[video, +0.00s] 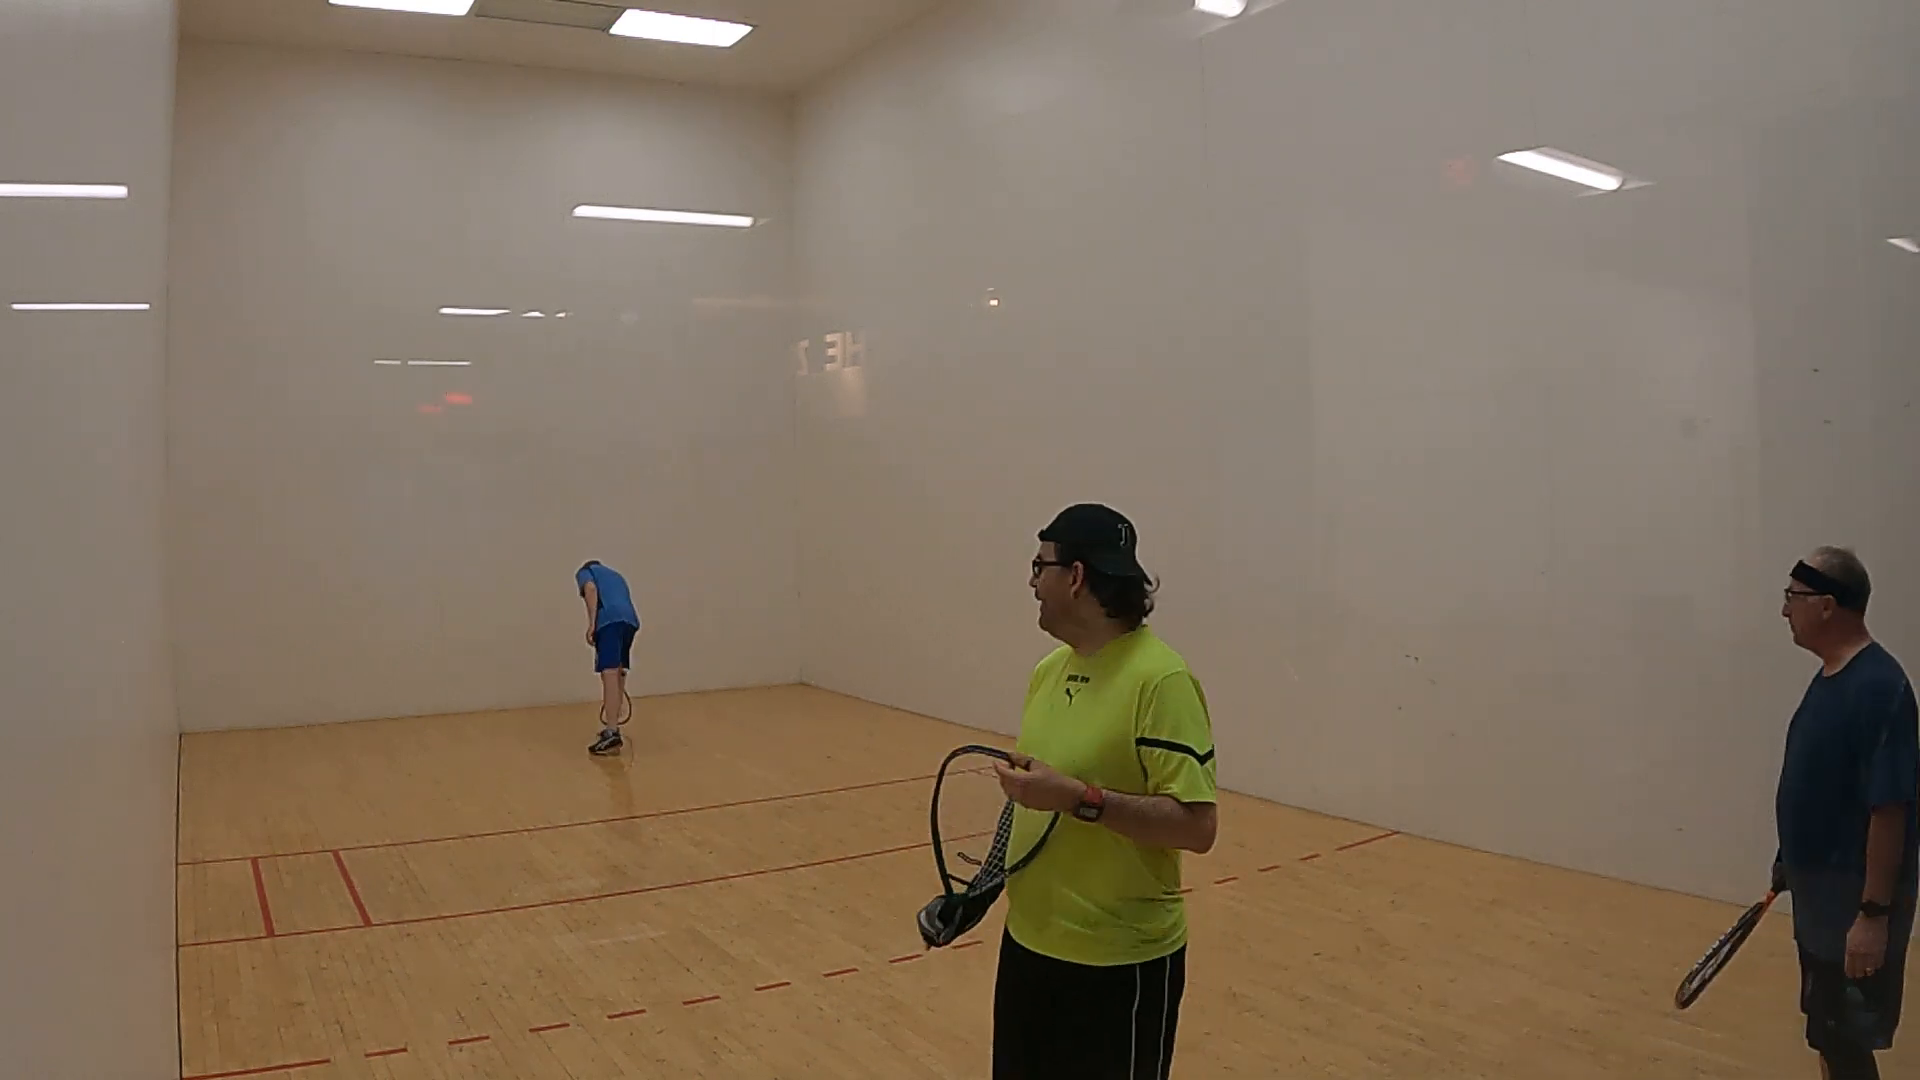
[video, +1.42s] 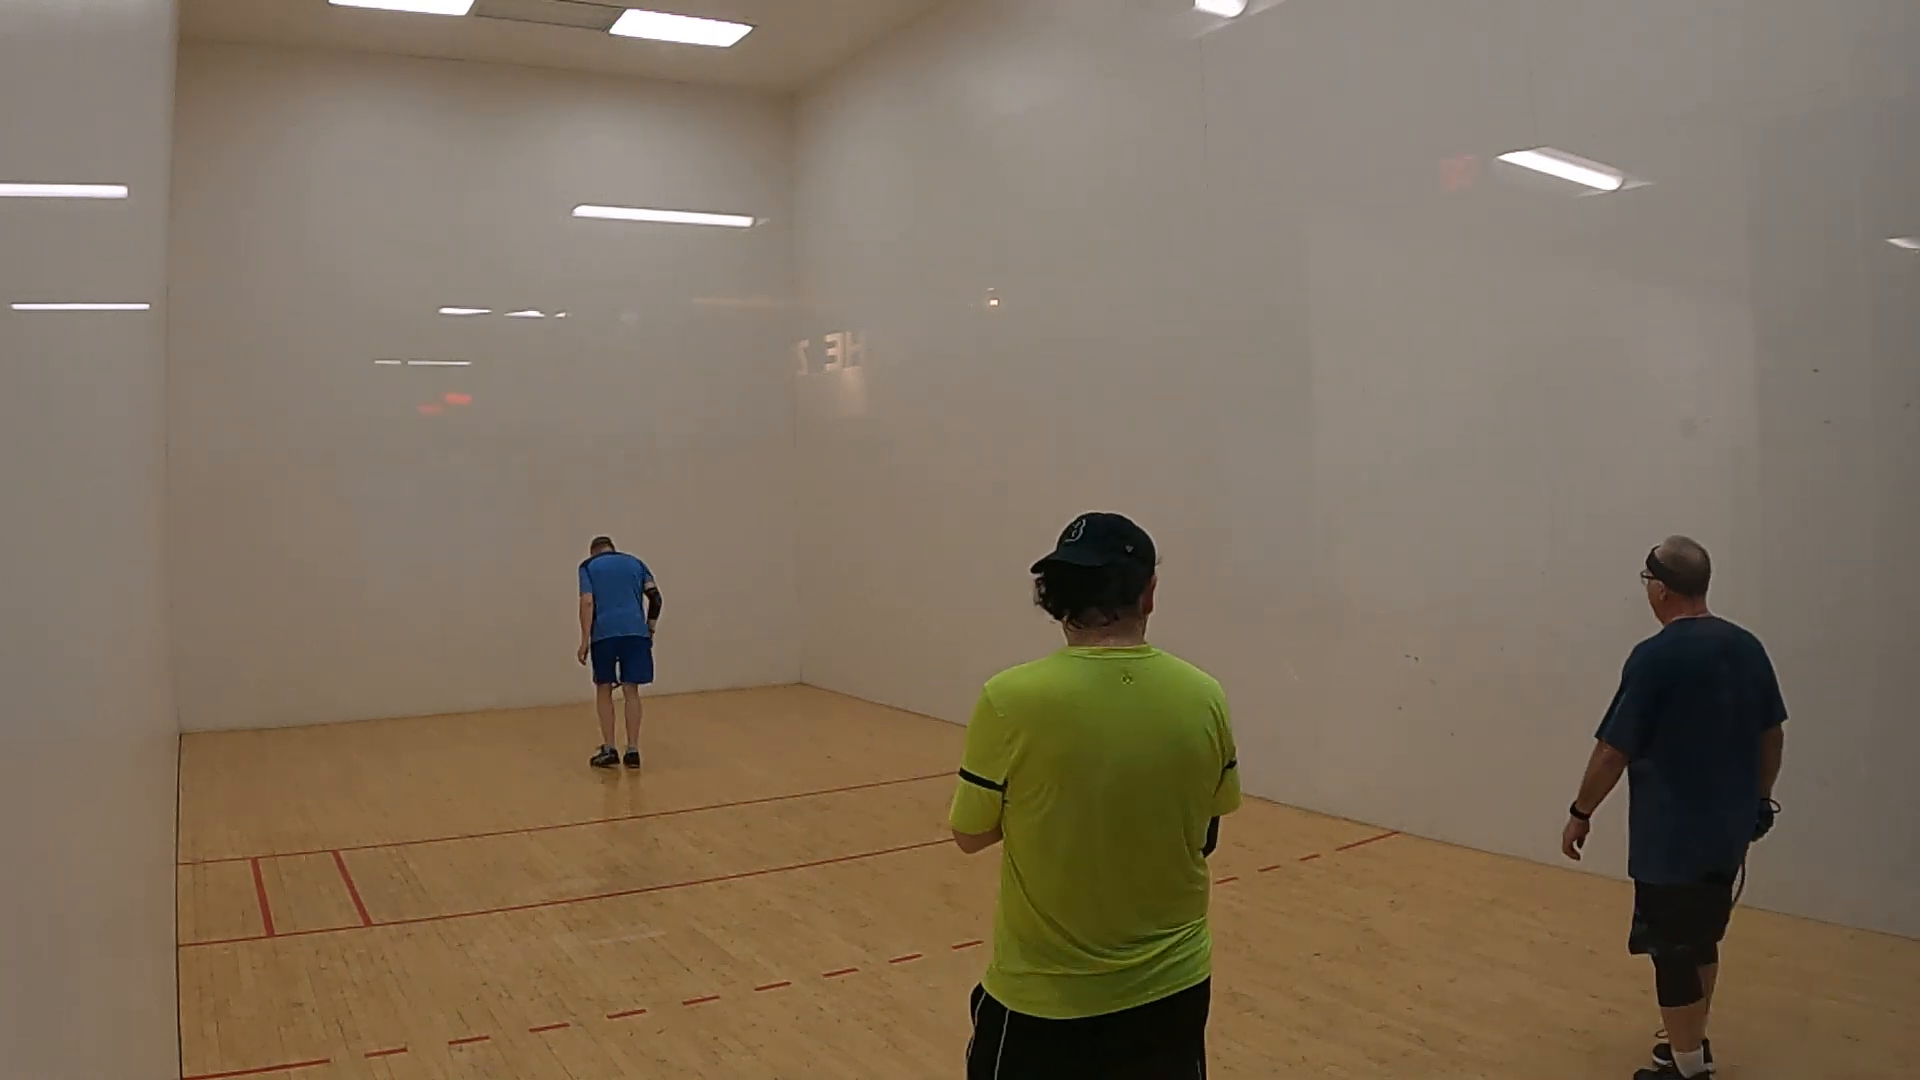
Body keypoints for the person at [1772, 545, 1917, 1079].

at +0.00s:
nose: (1784, 607)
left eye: (1793, 595)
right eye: (1787, 595)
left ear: (1828, 606)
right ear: (1827, 607)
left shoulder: (1879, 686)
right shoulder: (1833, 678)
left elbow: (1890, 810)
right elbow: (1828, 785)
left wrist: (1873, 913)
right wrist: (1792, 861)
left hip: (1855, 905)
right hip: (1821, 895)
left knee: (1844, 1046)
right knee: (1829, 1038)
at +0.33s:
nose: (1786, 602)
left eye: (1792, 590)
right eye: (1788, 590)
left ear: (1820, 597)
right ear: (1837, 599)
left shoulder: (1852, 673)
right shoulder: (1862, 665)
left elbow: (1843, 793)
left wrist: (1808, 889)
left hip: (1832, 890)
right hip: (1855, 887)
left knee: (1780, 1006)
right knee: (1841, 1003)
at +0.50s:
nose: (1780, 600)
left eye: (1786, 589)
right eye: (1782, 589)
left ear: (1812, 597)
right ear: (1835, 599)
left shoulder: (1833, 670)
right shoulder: (1869, 663)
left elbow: (1818, 787)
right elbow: (1858, 787)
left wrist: (1786, 881)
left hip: (1816, 881)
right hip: (1861, 881)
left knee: (1754, 988)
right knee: (1841, 997)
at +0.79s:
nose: (1744, 602)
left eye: (1748, 593)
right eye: (1746, 592)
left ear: (1769, 600)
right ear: (1804, 602)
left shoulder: (1772, 672)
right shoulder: (1847, 665)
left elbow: (1765, 785)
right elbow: (1862, 758)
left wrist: (1746, 871)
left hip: (1774, 875)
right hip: (1841, 877)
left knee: (1724, 970)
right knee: (1832, 993)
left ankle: (1699, 1072)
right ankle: (1839, 1079)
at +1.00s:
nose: (1707, 605)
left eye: (1709, 595)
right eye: (1707, 595)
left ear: (1724, 601)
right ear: (1764, 599)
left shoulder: (1722, 669)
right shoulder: (1809, 662)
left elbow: (1707, 778)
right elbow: (1833, 756)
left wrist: (1688, 859)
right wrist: (1821, 829)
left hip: (1733, 862)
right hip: (1802, 863)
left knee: (1695, 957)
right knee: (1802, 983)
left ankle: (1692, 1071)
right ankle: (1825, 1076)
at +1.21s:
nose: (1676, 593)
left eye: (1678, 584)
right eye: (1677, 583)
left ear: (1690, 590)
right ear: (1734, 589)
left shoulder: (1681, 659)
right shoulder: (1775, 654)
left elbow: (1650, 761)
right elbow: (1798, 748)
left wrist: (1622, 832)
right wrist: (1791, 817)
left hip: (1689, 846)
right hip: (1759, 842)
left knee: (1680, 955)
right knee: (1743, 942)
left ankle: (1689, 1069)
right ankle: (1777, 1045)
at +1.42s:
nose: (1646, 588)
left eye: (1648, 581)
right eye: (1648, 579)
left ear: (1659, 589)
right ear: (1704, 586)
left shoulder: (1652, 657)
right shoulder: (1746, 647)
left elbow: (1613, 751)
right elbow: (1771, 736)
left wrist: (1580, 812)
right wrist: (1761, 800)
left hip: (1668, 836)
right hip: (1729, 830)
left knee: (1673, 951)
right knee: (1703, 939)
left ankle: (1689, 1064)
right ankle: (1692, 1040)